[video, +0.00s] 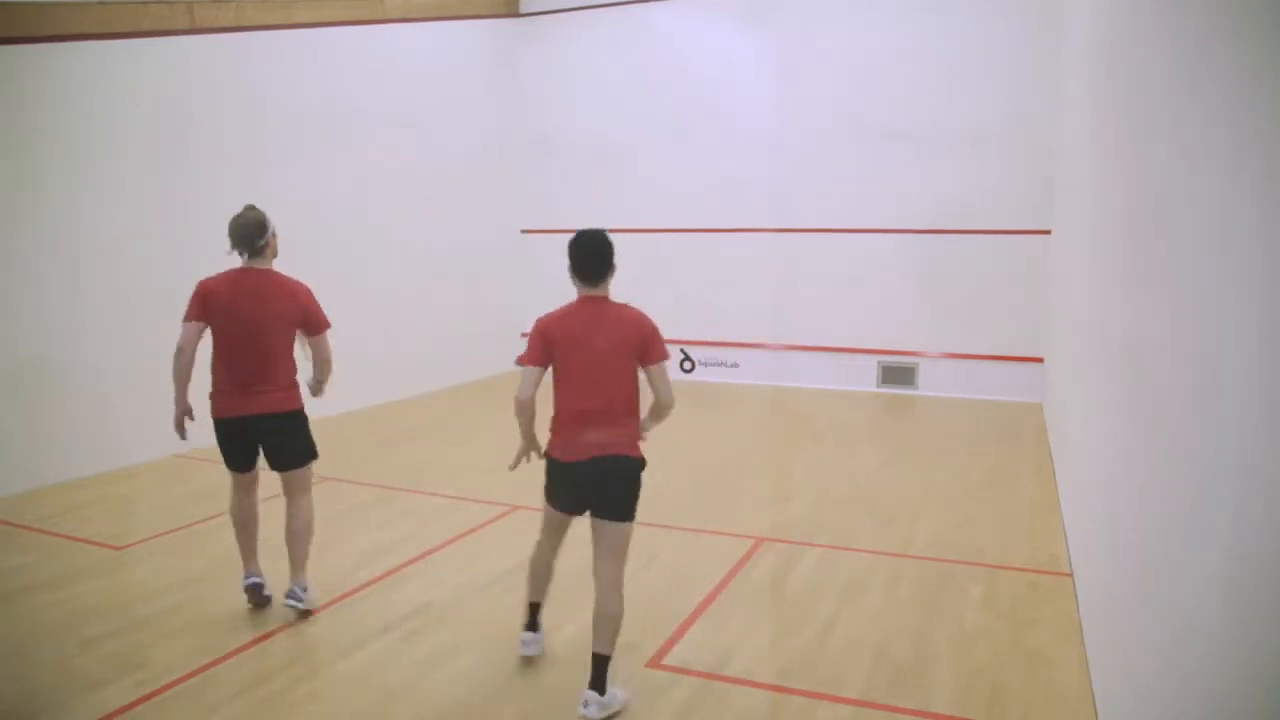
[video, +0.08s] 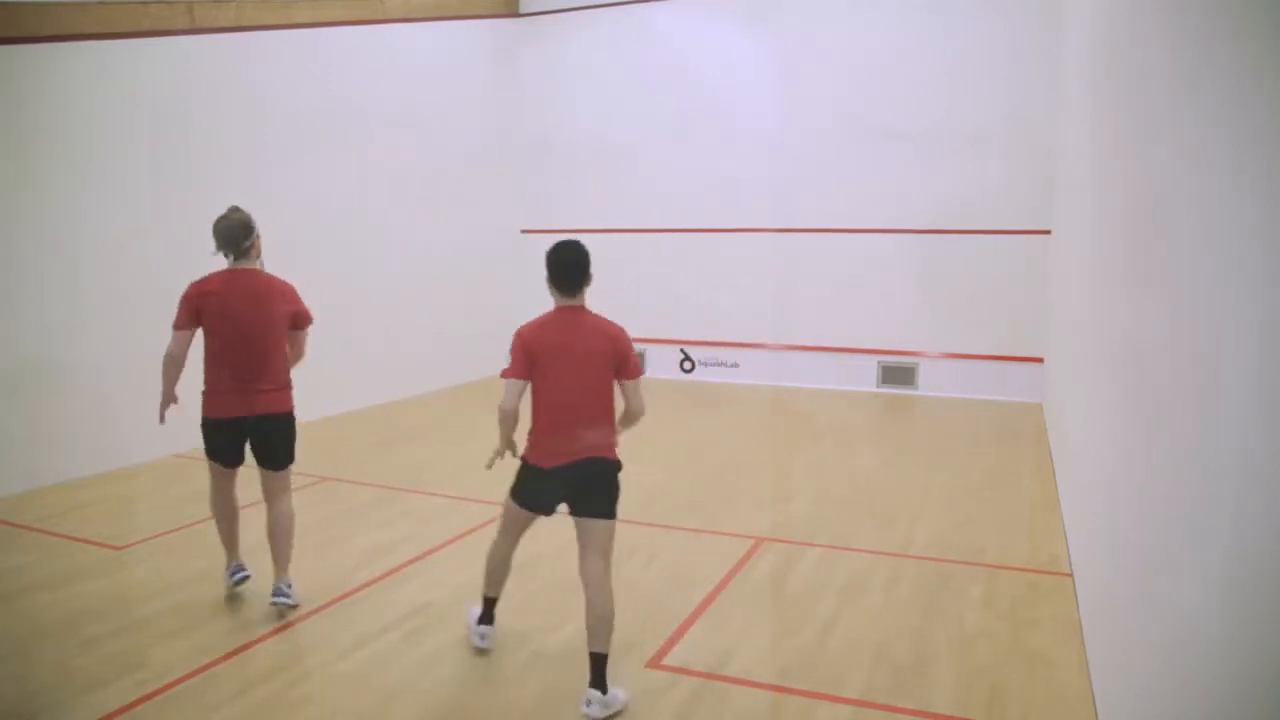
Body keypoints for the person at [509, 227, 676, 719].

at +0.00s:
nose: (593, 273)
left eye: (579, 266)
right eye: (605, 265)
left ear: (571, 270)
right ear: (613, 269)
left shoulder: (552, 325)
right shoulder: (636, 323)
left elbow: (524, 397)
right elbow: (665, 399)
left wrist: (529, 440)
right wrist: (645, 425)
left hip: (566, 465)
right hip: (619, 467)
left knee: (547, 544)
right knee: (609, 578)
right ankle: (597, 691)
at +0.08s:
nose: (571, 282)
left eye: (555, 276)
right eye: (579, 272)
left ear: (548, 281)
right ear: (588, 279)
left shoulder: (530, 335)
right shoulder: (612, 335)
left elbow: (509, 405)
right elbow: (635, 409)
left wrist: (506, 441)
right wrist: (612, 429)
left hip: (544, 464)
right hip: (598, 465)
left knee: (506, 538)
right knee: (597, 574)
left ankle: (485, 622)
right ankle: (598, 689)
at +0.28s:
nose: (514, 267)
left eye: (498, 261)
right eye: (523, 260)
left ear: (493, 266)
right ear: (531, 266)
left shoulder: (472, 316)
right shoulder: (550, 318)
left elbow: (450, 383)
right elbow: (563, 388)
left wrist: (466, 400)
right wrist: (541, 410)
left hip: (481, 446)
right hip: (530, 446)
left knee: (470, 535)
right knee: (551, 531)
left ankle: (469, 629)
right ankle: (550, 614)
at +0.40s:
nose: (473, 262)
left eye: (472, 256)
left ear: (473, 260)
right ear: (509, 261)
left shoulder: (451, 305)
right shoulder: (521, 310)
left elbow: (429, 366)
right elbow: (531, 379)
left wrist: (457, 382)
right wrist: (534, 391)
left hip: (460, 431)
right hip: (506, 429)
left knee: (461, 519)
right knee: (522, 508)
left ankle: (466, 619)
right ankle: (507, 586)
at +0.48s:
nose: (462, 265)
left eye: (461, 259)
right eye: (472, 259)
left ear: (463, 262)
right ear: (498, 263)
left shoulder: (442, 305)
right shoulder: (508, 311)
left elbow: (419, 360)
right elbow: (517, 374)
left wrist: (445, 375)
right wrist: (526, 392)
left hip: (447, 428)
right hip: (491, 428)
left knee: (449, 508)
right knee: (496, 502)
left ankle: (459, 591)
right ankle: (493, 572)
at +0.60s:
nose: (443, 268)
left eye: (444, 263)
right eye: (449, 263)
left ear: (448, 267)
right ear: (480, 267)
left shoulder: (426, 307)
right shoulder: (490, 314)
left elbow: (403, 362)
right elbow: (504, 376)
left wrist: (426, 378)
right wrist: (512, 395)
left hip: (429, 419)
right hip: (473, 419)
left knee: (425, 490)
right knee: (488, 494)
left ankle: (431, 551)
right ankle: (492, 569)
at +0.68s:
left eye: (434, 259)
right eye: (459, 259)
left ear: (431, 262)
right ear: (464, 263)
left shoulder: (408, 304)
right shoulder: (473, 310)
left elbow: (386, 358)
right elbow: (488, 372)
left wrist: (405, 378)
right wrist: (497, 393)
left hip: (415, 415)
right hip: (458, 415)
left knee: (407, 477)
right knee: (480, 490)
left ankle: (404, 549)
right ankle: (490, 568)